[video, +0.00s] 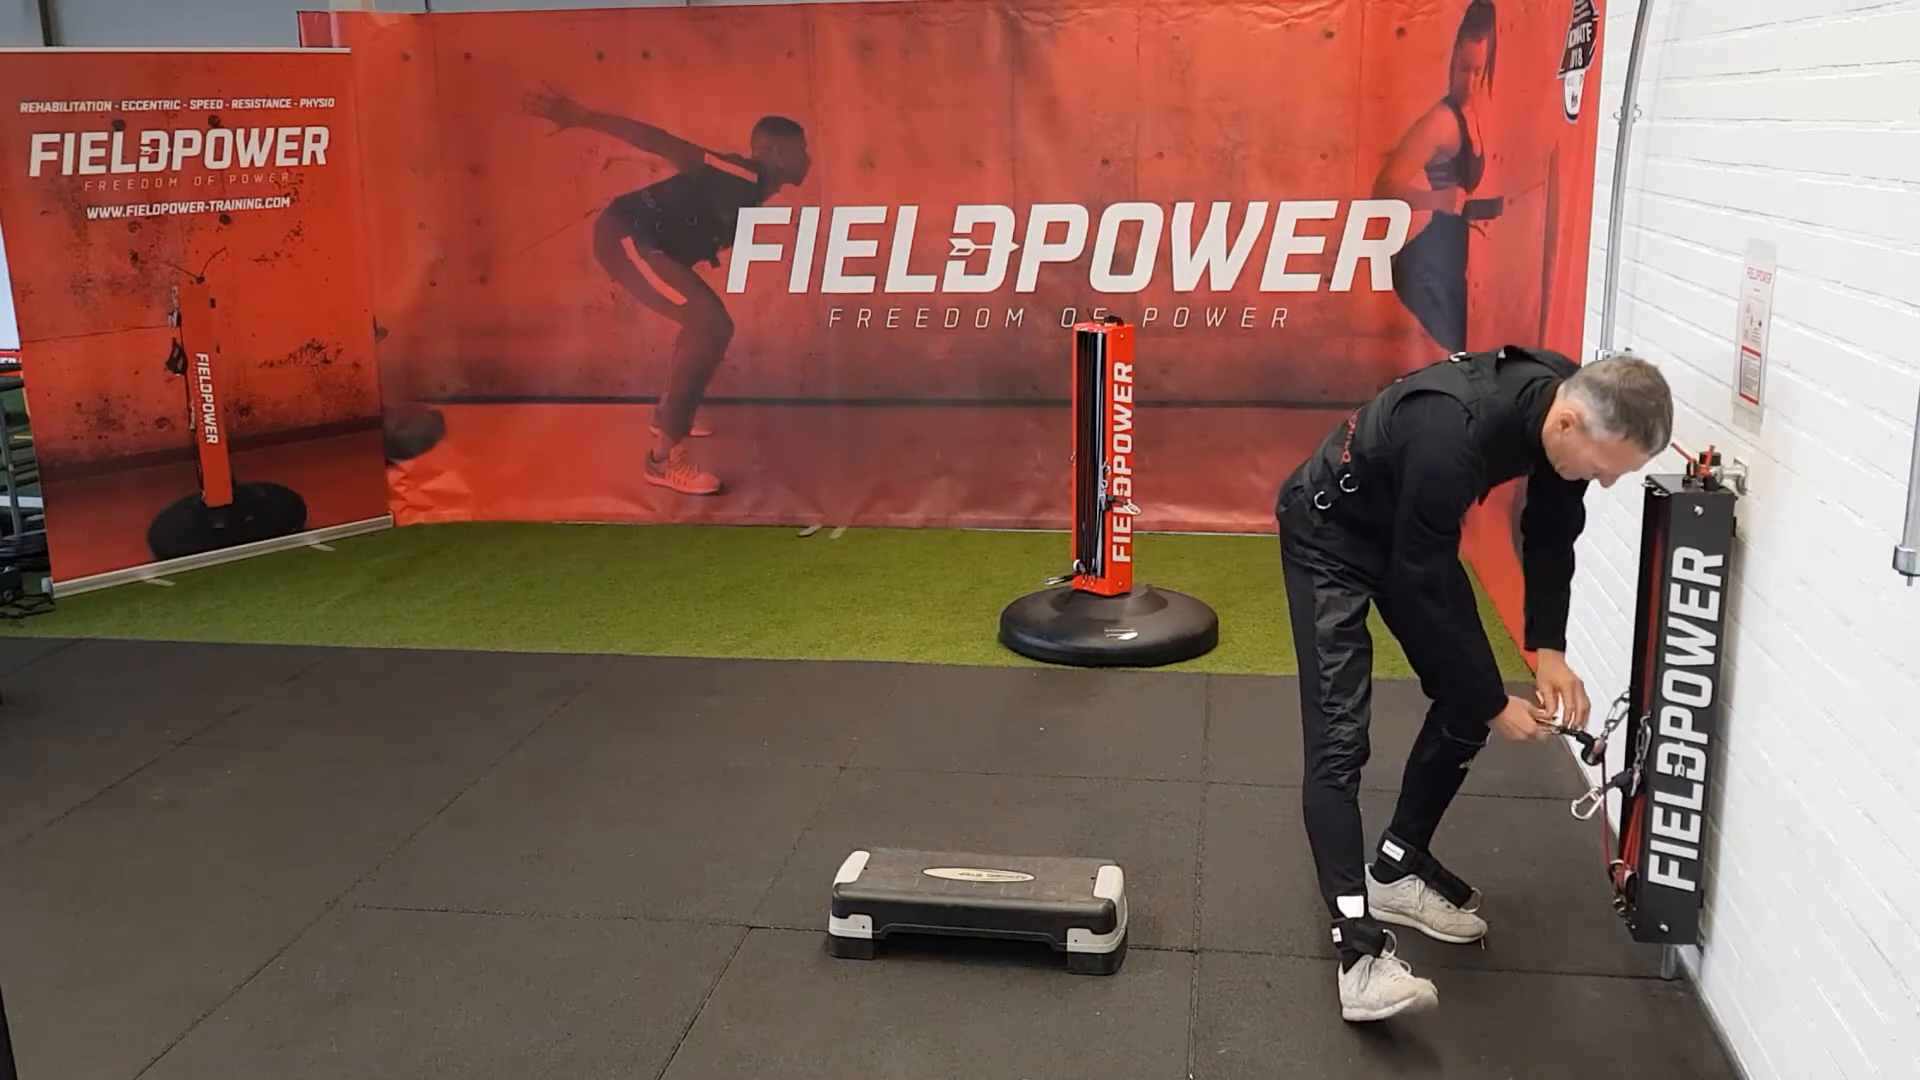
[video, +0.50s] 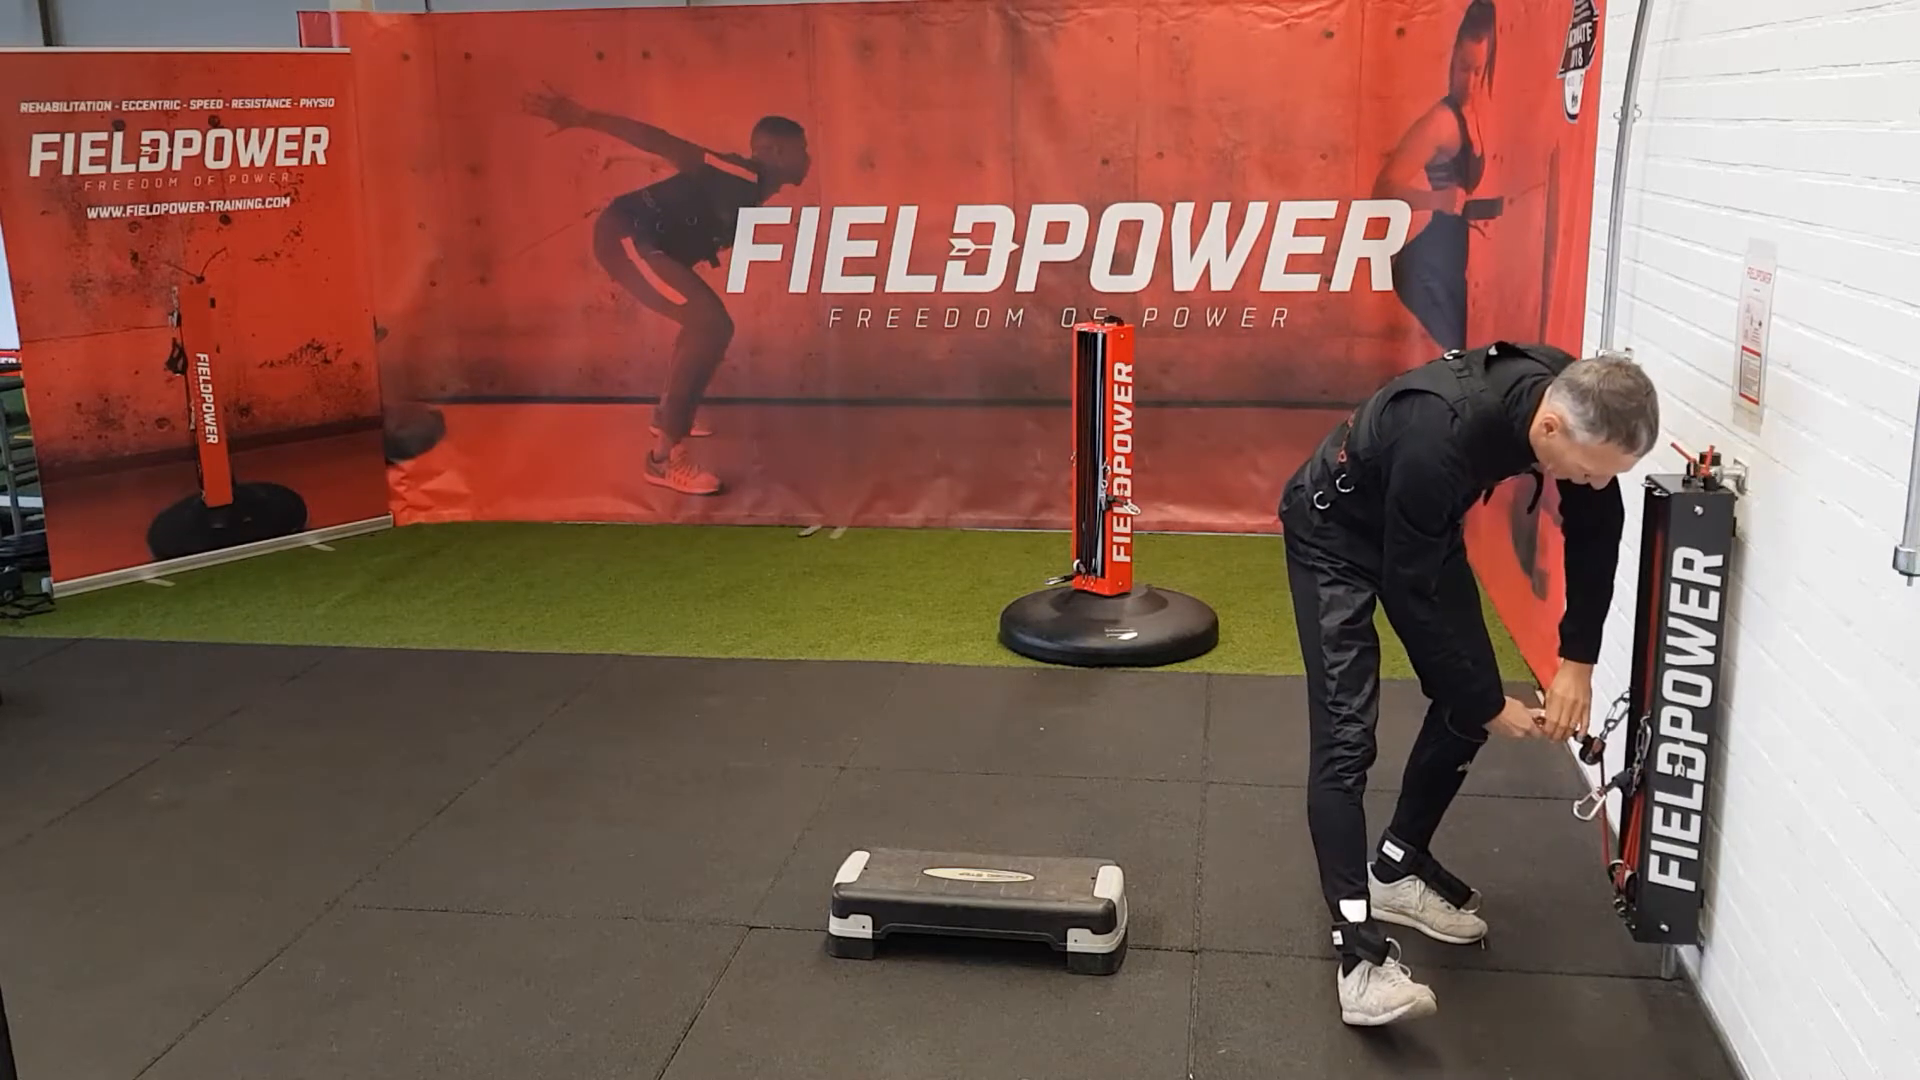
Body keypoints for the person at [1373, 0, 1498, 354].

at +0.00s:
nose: (1472, 81)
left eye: (1482, 71)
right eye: (1465, 69)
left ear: (1491, 73)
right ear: (1450, 66)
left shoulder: (1465, 119)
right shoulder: (1442, 120)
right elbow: (1386, 188)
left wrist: (1467, 211)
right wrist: (1440, 199)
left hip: (1445, 257)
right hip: (1424, 261)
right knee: (1450, 358)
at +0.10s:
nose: (1471, 81)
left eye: (1480, 72)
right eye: (1465, 69)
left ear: (1489, 72)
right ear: (1450, 66)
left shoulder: (1463, 118)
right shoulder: (1441, 121)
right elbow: (1386, 188)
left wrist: (1466, 211)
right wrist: (1440, 199)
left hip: (1445, 258)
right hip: (1424, 261)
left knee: (1454, 355)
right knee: (1450, 355)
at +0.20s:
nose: (1471, 81)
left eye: (1481, 72)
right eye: (1465, 69)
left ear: (1490, 72)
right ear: (1451, 66)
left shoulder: (1467, 117)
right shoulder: (1441, 121)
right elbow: (1386, 188)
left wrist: (1466, 210)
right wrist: (1440, 199)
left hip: (1446, 256)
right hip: (1425, 259)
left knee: (1454, 354)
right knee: (1450, 354)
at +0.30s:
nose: (1471, 81)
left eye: (1480, 72)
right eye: (1465, 69)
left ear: (1489, 72)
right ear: (1450, 66)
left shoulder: (1465, 118)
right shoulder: (1441, 121)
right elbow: (1386, 188)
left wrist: (1468, 210)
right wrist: (1439, 199)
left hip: (1446, 257)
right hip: (1425, 260)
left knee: (1454, 353)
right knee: (1450, 353)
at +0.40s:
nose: (1472, 81)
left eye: (1481, 72)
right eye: (1465, 69)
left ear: (1490, 72)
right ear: (1451, 66)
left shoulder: (1466, 118)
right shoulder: (1441, 121)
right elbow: (1386, 188)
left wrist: (1467, 211)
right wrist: (1440, 200)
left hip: (1446, 257)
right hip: (1424, 260)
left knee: (1454, 354)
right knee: (1451, 354)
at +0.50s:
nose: (1472, 81)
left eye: (1481, 71)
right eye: (1465, 69)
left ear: (1491, 72)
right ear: (1451, 66)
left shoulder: (1468, 118)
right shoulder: (1442, 120)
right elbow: (1386, 188)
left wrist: (1467, 210)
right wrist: (1440, 199)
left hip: (1446, 256)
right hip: (1425, 259)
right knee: (1452, 355)